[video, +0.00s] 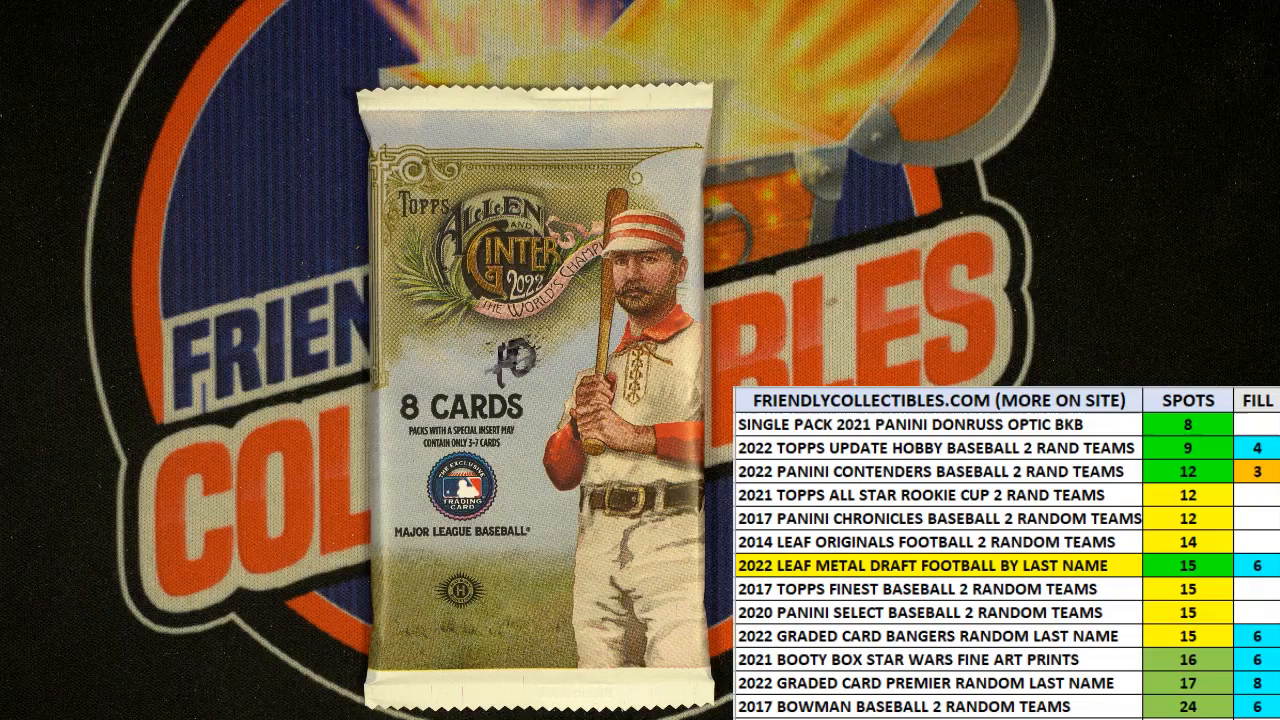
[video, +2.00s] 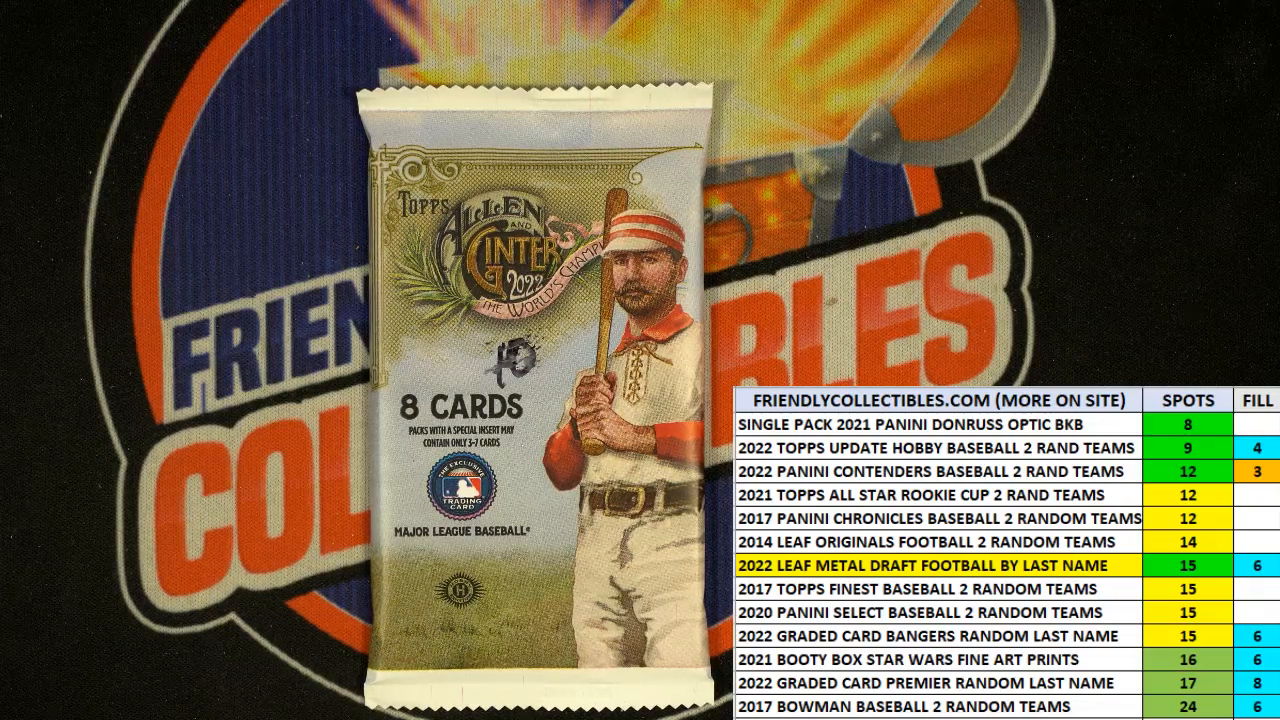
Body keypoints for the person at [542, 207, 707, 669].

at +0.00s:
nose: (631, 274)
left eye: (647, 259)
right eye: (620, 261)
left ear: (678, 270)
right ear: (609, 272)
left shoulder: (705, 345)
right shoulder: (605, 366)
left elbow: (724, 438)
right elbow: (561, 475)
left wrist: (631, 436)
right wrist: (577, 420)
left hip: (674, 529)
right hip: (597, 530)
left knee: (679, 684)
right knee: (600, 689)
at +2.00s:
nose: (631, 274)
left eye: (648, 259)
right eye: (620, 261)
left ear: (678, 270)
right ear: (609, 273)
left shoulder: (705, 346)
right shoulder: (604, 366)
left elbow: (724, 438)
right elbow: (561, 476)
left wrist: (632, 436)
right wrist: (577, 420)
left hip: (673, 530)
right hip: (597, 531)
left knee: (679, 685)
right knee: (601, 690)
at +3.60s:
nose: (631, 273)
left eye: (648, 259)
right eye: (620, 260)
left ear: (679, 270)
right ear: (609, 272)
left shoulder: (705, 345)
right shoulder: (605, 364)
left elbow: (725, 437)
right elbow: (561, 475)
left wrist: (630, 435)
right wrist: (578, 419)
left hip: (674, 529)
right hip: (598, 531)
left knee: (677, 685)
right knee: (601, 689)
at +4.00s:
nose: (631, 273)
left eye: (647, 259)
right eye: (620, 260)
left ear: (678, 270)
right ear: (609, 272)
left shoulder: (708, 346)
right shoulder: (602, 366)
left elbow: (727, 437)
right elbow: (561, 475)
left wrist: (632, 436)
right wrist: (577, 420)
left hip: (672, 528)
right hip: (597, 531)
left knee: (677, 683)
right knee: (601, 686)